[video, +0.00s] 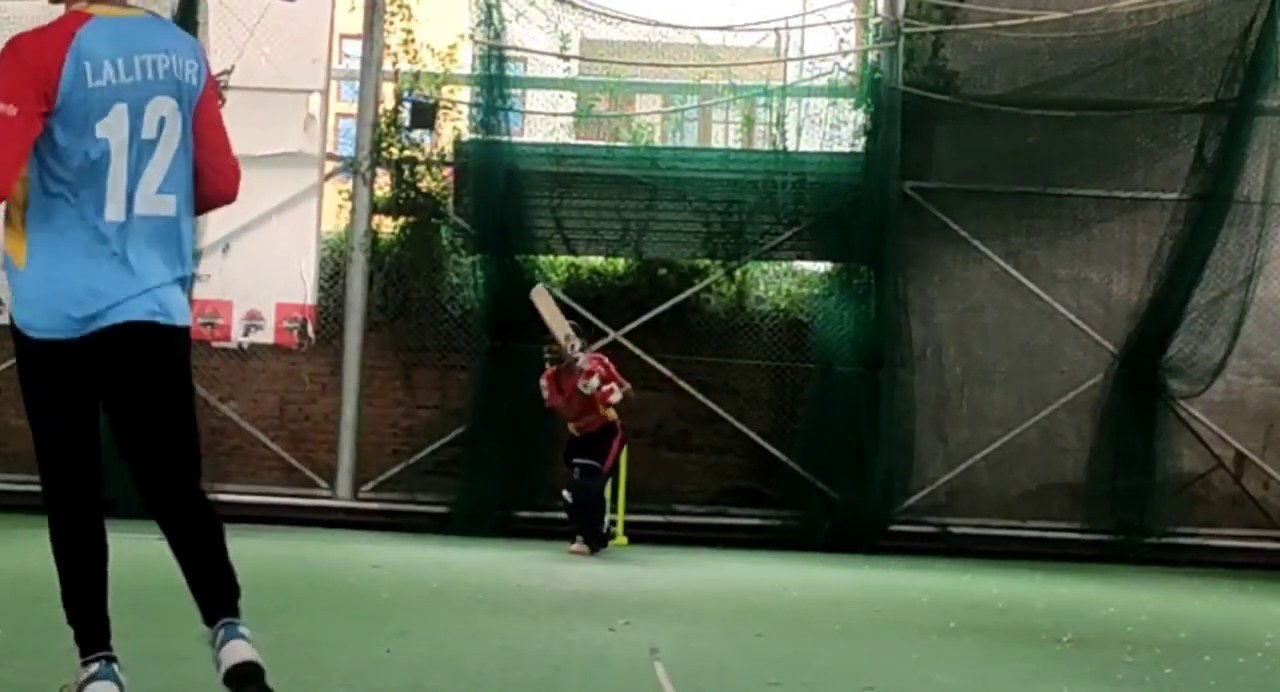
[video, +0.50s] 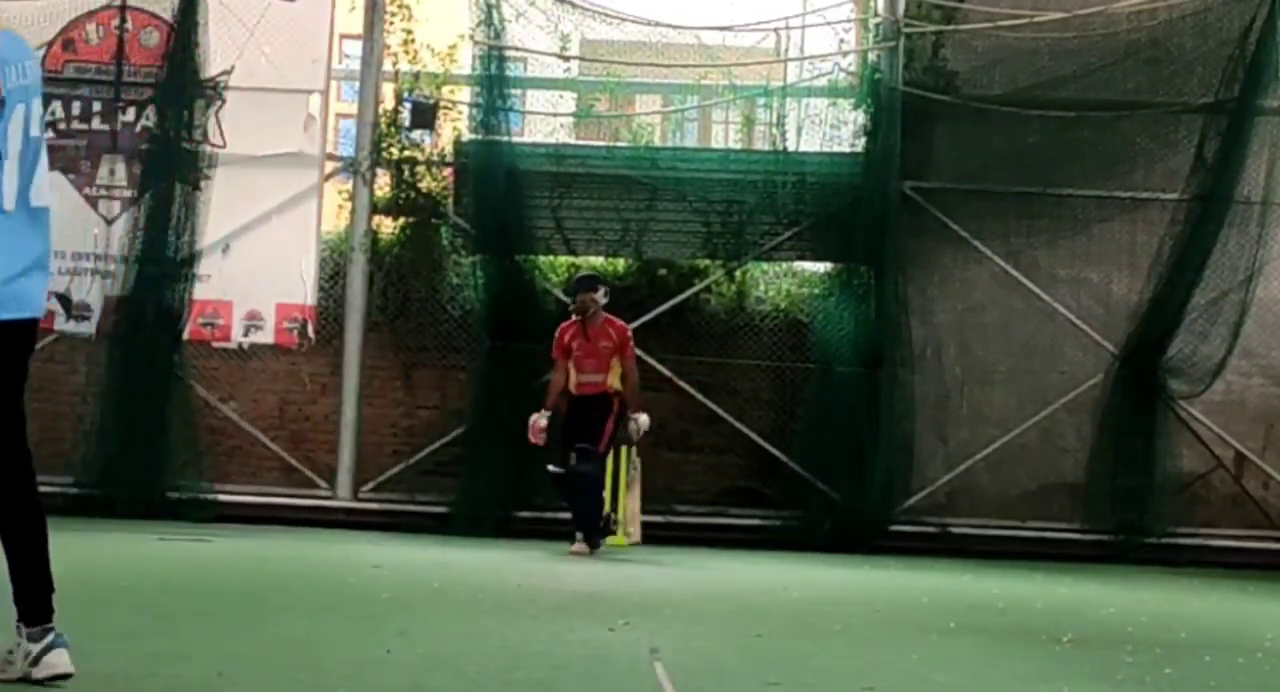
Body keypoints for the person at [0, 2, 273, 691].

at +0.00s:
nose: (51, 1)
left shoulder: (35, 50)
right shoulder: (185, 51)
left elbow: (6, 178)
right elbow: (221, 182)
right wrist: (144, 207)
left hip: (53, 318)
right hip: (153, 313)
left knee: (73, 498)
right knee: (176, 484)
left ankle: (98, 663)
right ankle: (229, 629)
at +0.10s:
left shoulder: (24, 30)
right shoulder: (166, 32)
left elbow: (6, 134)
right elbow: (209, 150)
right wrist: (137, 183)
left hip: (32, 291)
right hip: (128, 293)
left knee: (55, 476)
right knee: (131, 468)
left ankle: (91, 651)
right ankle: (152, 648)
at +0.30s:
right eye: (6, 7)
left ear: (7, 8)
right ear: (55, 7)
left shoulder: (11, 65)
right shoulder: (110, 68)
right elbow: (167, 173)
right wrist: (97, 226)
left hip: (12, 308)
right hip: (75, 312)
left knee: (12, 473)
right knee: (39, 473)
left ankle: (58, 601)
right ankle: (39, 636)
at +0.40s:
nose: (7, 14)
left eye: (3, 10)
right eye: (15, 9)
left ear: (2, 9)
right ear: (26, 9)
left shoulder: (11, 73)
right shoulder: (64, 76)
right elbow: (98, 200)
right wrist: (38, 230)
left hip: (9, 319)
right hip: (51, 318)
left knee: (6, 460)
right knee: (12, 464)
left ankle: (30, 589)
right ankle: (42, 646)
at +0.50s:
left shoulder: (17, 55)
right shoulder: (18, 54)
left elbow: (30, 186)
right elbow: (32, 185)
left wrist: (38, 286)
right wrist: (39, 283)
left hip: (12, 298)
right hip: (17, 297)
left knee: (12, 468)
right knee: (12, 469)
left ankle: (38, 633)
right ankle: (38, 632)